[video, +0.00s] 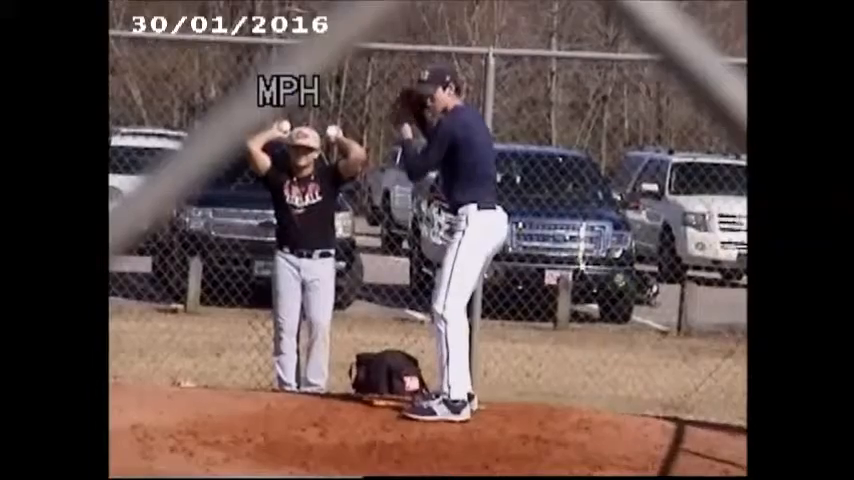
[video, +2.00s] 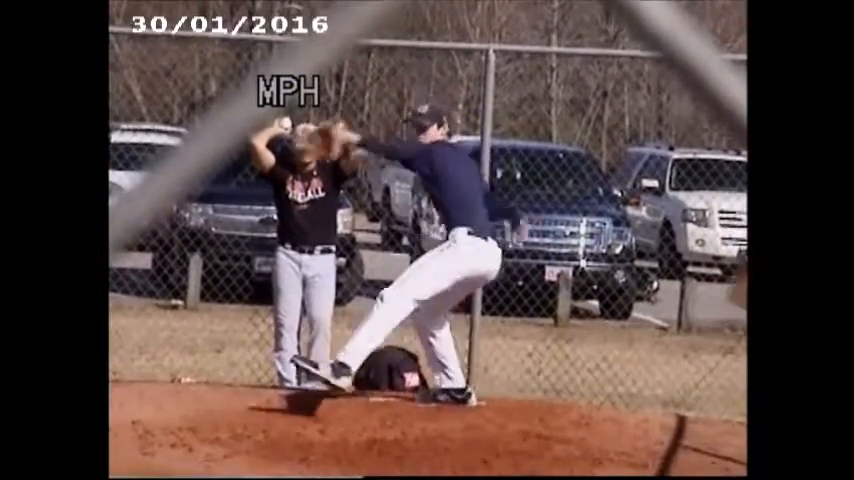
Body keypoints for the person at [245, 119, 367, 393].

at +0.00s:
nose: (303, 157)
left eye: (308, 152)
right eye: (298, 151)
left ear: (318, 153)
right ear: (289, 152)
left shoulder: (330, 175)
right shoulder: (277, 177)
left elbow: (359, 157)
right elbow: (252, 147)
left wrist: (340, 139)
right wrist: (274, 132)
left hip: (321, 260)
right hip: (287, 258)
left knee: (320, 323)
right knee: (285, 325)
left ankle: (315, 384)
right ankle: (285, 384)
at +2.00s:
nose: (305, 168)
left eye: (309, 162)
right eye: (299, 163)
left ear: (318, 155)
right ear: (290, 157)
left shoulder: (331, 172)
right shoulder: (281, 173)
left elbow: (355, 164)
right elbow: (257, 144)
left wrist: (342, 143)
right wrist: (276, 128)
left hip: (323, 256)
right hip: (288, 254)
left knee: (321, 320)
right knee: (286, 320)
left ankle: (318, 379)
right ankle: (287, 379)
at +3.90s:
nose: (307, 158)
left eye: (313, 152)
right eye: (301, 152)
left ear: (322, 154)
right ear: (292, 153)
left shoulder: (333, 177)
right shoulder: (281, 178)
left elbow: (362, 158)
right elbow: (250, 167)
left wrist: (341, 141)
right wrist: (275, 144)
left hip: (322, 261)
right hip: (288, 259)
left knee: (320, 324)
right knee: (285, 326)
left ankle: (315, 387)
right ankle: (286, 387)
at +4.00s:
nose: (309, 157)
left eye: (315, 151)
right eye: (303, 151)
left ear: (323, 153)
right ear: (293, 151)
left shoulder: (333, 176)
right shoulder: (281, 176)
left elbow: (364, 157)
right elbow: (254, 201)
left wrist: (341, 140)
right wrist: (269, 167)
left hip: (322, 260)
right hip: (287, 258)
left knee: (320, 322)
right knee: (285, 325)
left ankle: (315, 384)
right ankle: (286, 385)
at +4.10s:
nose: (310, 157)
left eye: (316, 152)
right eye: (305, 152)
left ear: (324, 155)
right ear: (295, 153)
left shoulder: (333, 178)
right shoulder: (280, 180)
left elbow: (365, 159)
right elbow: (261, 228)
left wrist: (341, 142)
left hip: (322, 262)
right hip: (287, 261)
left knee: (320, 324)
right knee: (285, 326)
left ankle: (315, 386)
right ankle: (287, 386)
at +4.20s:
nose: (309, 154)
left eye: (315, 150)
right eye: (304, 149)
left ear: (324, 153)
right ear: (295, 152)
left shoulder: (334, 176)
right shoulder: (282, 183)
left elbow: (367, 157)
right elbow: (272, 225)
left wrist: (342, 140)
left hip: (322, 261)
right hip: (288, 259)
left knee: (321, 324)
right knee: (286, 325)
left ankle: (316, 385)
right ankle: (287, 385)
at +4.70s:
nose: (310, 156)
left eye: (315, 152)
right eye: (305, 152)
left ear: (323, 156)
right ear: (295, 156)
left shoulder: (333, 179)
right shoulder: (286, 190)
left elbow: (373, 161)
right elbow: (287, 230)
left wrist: (343, 142)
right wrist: (293, 262)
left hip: (324, 263)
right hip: (291, 261)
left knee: (321, 327)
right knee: (287, 328)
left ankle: (316, 389)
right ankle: (287, 388)